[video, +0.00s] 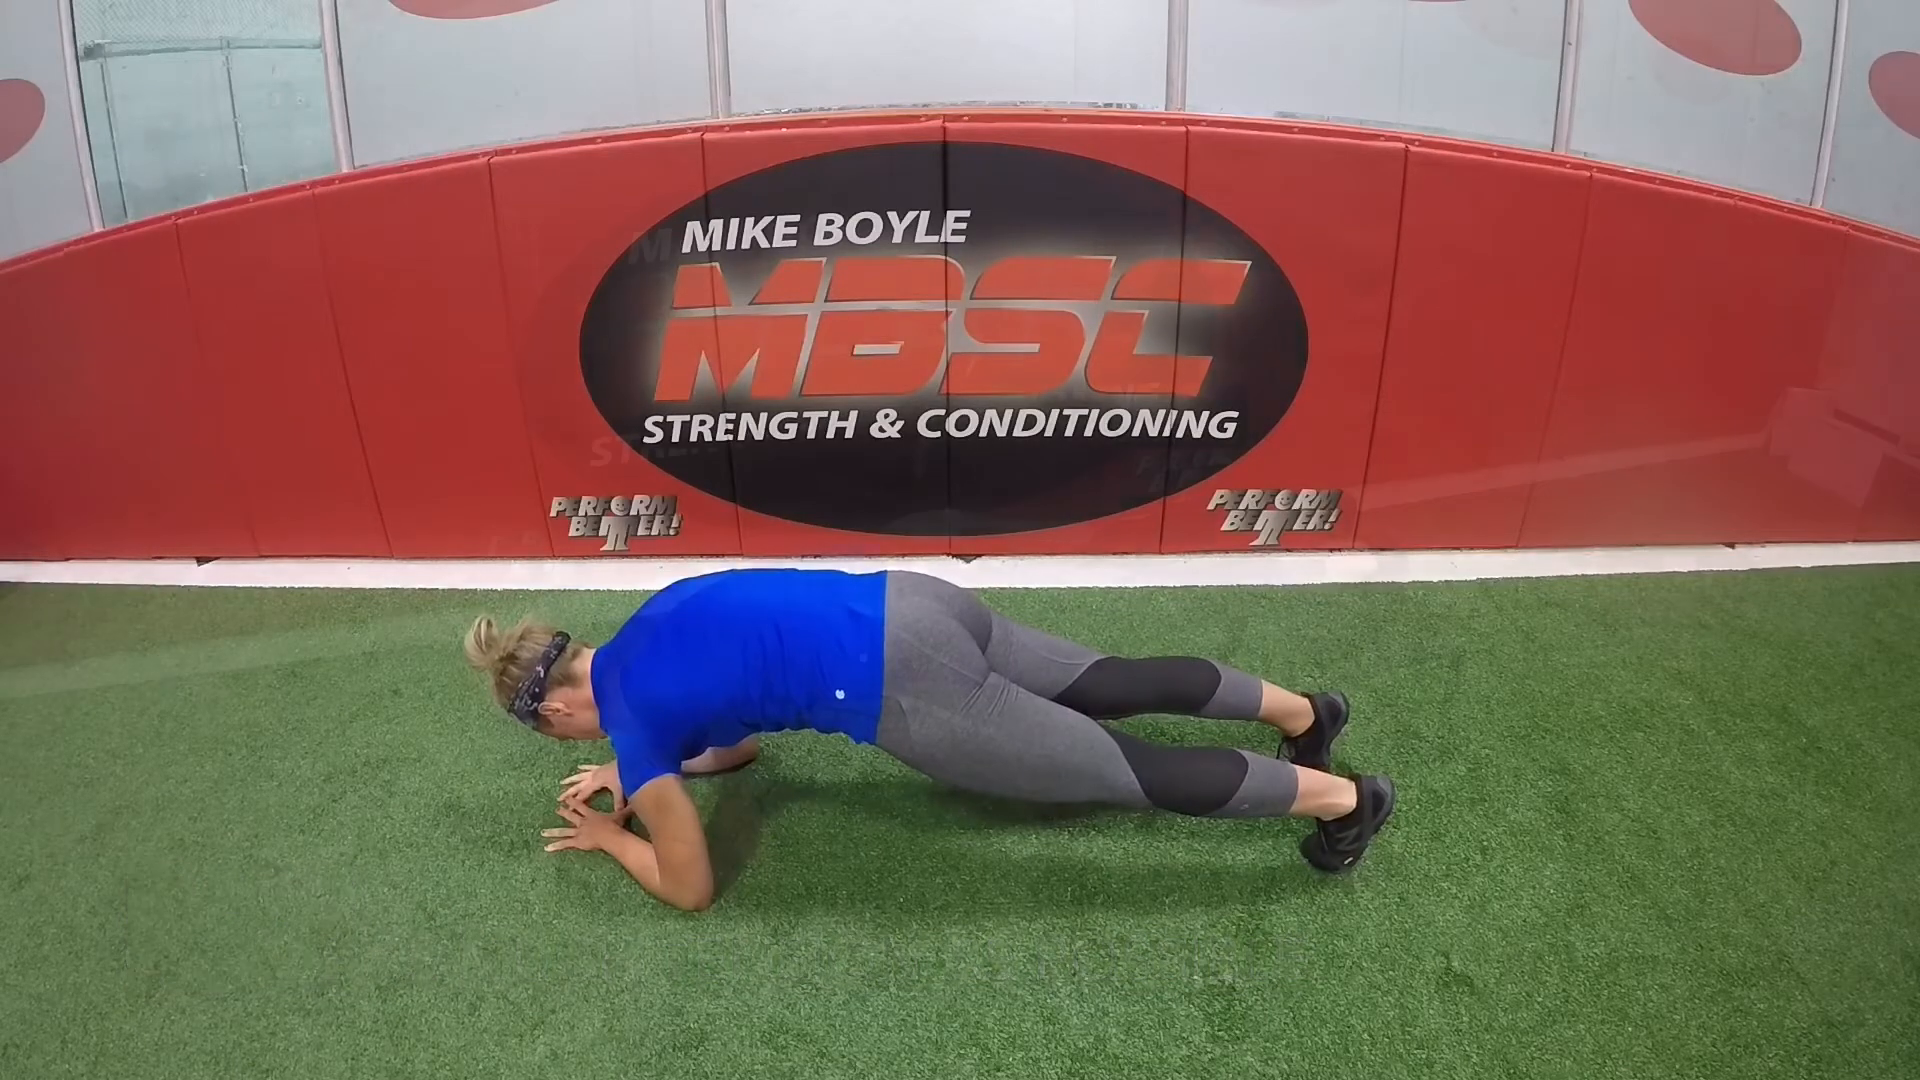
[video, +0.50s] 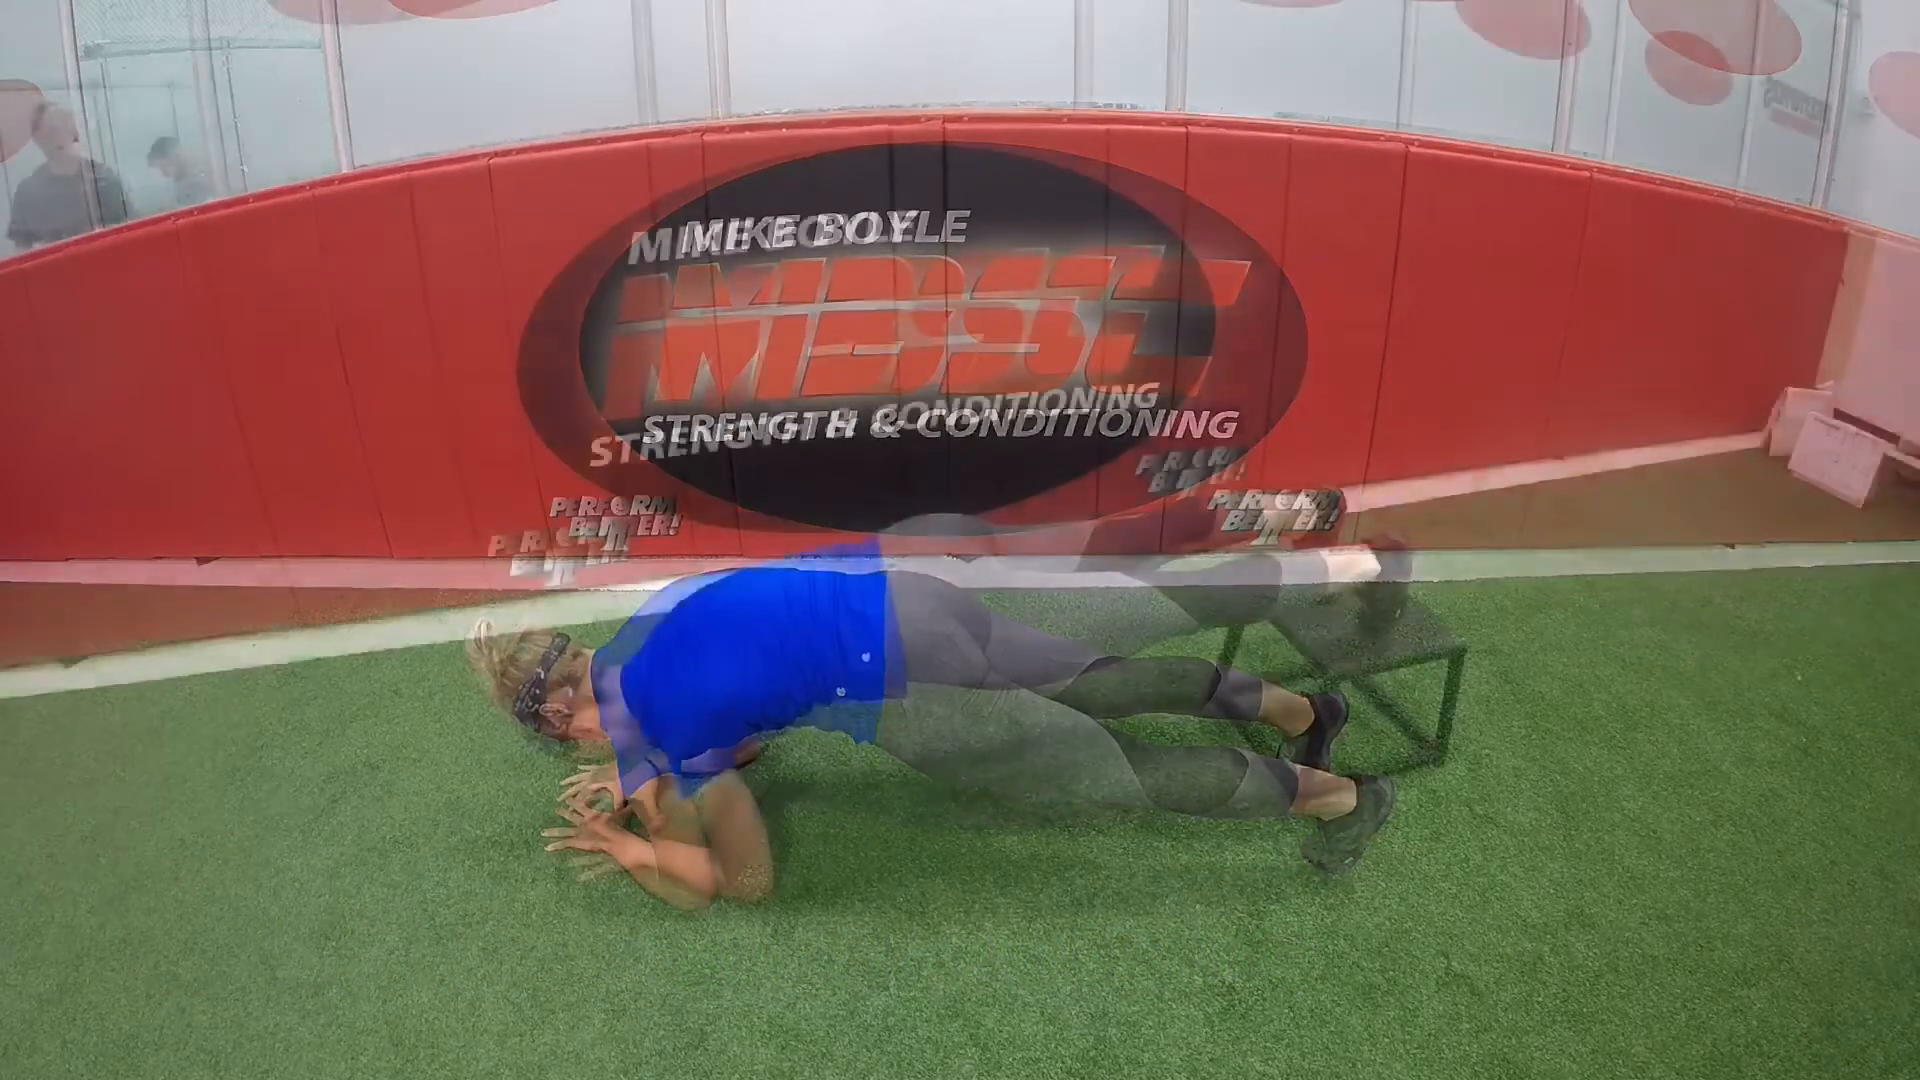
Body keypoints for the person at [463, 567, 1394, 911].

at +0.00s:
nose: (572, 736)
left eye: (556, 730)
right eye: (561, 730)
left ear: (560, 699)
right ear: (575, 648)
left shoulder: (631, 716)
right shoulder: (657, 609)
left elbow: (688, 885)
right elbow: (738, 740)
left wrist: (612, 840)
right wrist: (640, 777)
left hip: (900, 690)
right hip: (916, 593)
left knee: (1131, 771)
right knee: (1110, 681)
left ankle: (1343, 798)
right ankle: (1306, 714)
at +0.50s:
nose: (582, 744)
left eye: (564, 732)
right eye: (569, 734)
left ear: (575, 703)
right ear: (581, 660)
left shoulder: (650, 711)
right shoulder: (653, 627)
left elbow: (739, 878)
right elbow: (739, 759)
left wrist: (629, 852)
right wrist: (649, 782)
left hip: (897, 681)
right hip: (906, 583)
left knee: (1106, 774)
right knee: (1082, 670)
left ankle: (1325, 791)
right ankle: (1283, 706)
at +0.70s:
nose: (594, 755)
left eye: (578, 741)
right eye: (580, 745)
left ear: (592, 707)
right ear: (589, 677)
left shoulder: (681, 720)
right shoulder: (658, 640)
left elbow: (744, 880)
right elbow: (746, 756)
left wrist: (641, 858)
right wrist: (659, 808)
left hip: (926, 626)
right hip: (905, 544)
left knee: (1147, 611)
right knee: (1101, 556)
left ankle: (1330, 572)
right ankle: (1260, 514)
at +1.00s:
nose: (595, 754)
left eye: (579, 743)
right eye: (583, 745)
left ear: (592, 711)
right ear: (594, 672)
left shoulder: (683, 722)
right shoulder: (667, 633)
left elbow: (745, 881)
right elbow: (749, 747)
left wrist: (639, 855)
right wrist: (659, 802)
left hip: (932, 630)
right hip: (913, 537)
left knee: (1165, 608)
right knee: (1107, 545)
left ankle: (1337, 569)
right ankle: (1265, 508)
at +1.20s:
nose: (604, 753)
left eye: (587, 743)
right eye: (591, 745)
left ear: (599, 710)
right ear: (599, 672)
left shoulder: (690, 722)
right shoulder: (672, 631)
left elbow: (747, 878)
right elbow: (749, 740)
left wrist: (645, 853)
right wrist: (660, 795)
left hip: (941, 628)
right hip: (921, 539)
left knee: (1173, 608)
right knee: (1118, 544)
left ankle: (1349, 564)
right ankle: (1273, 507)